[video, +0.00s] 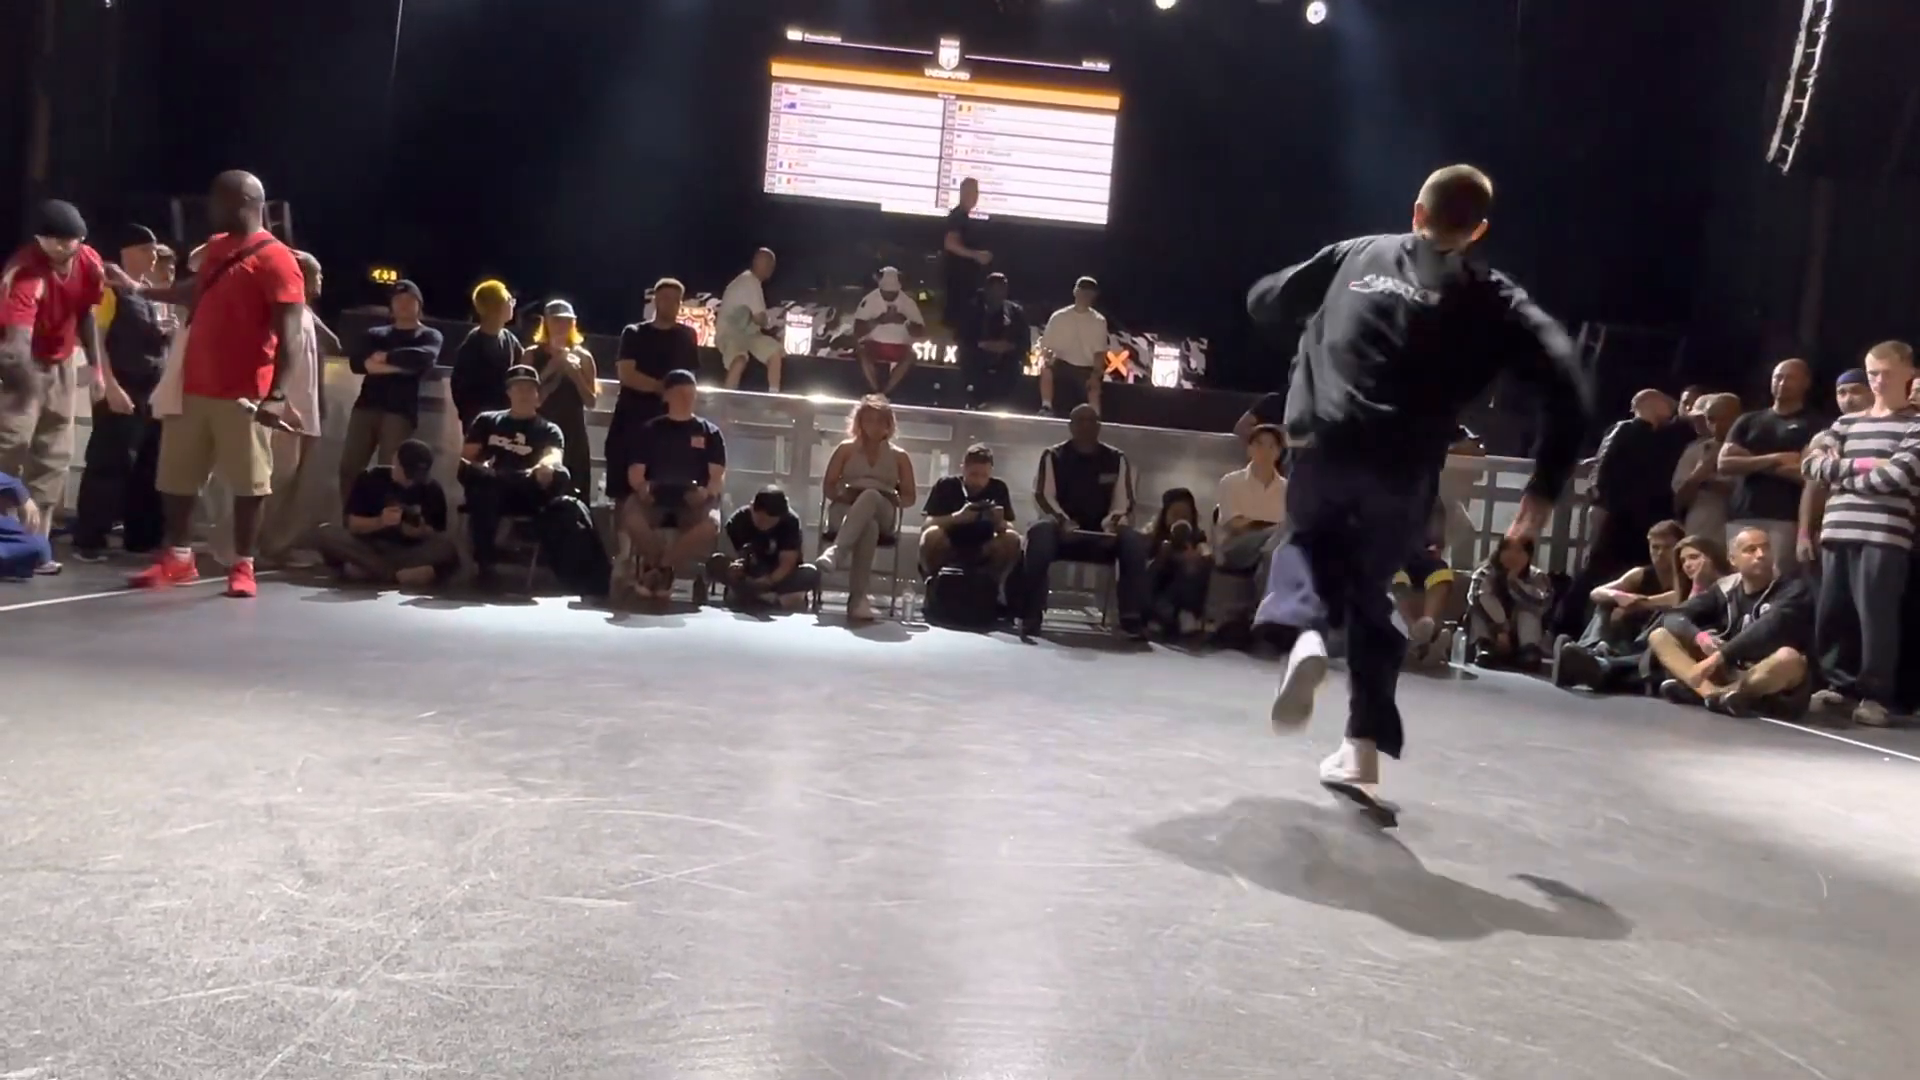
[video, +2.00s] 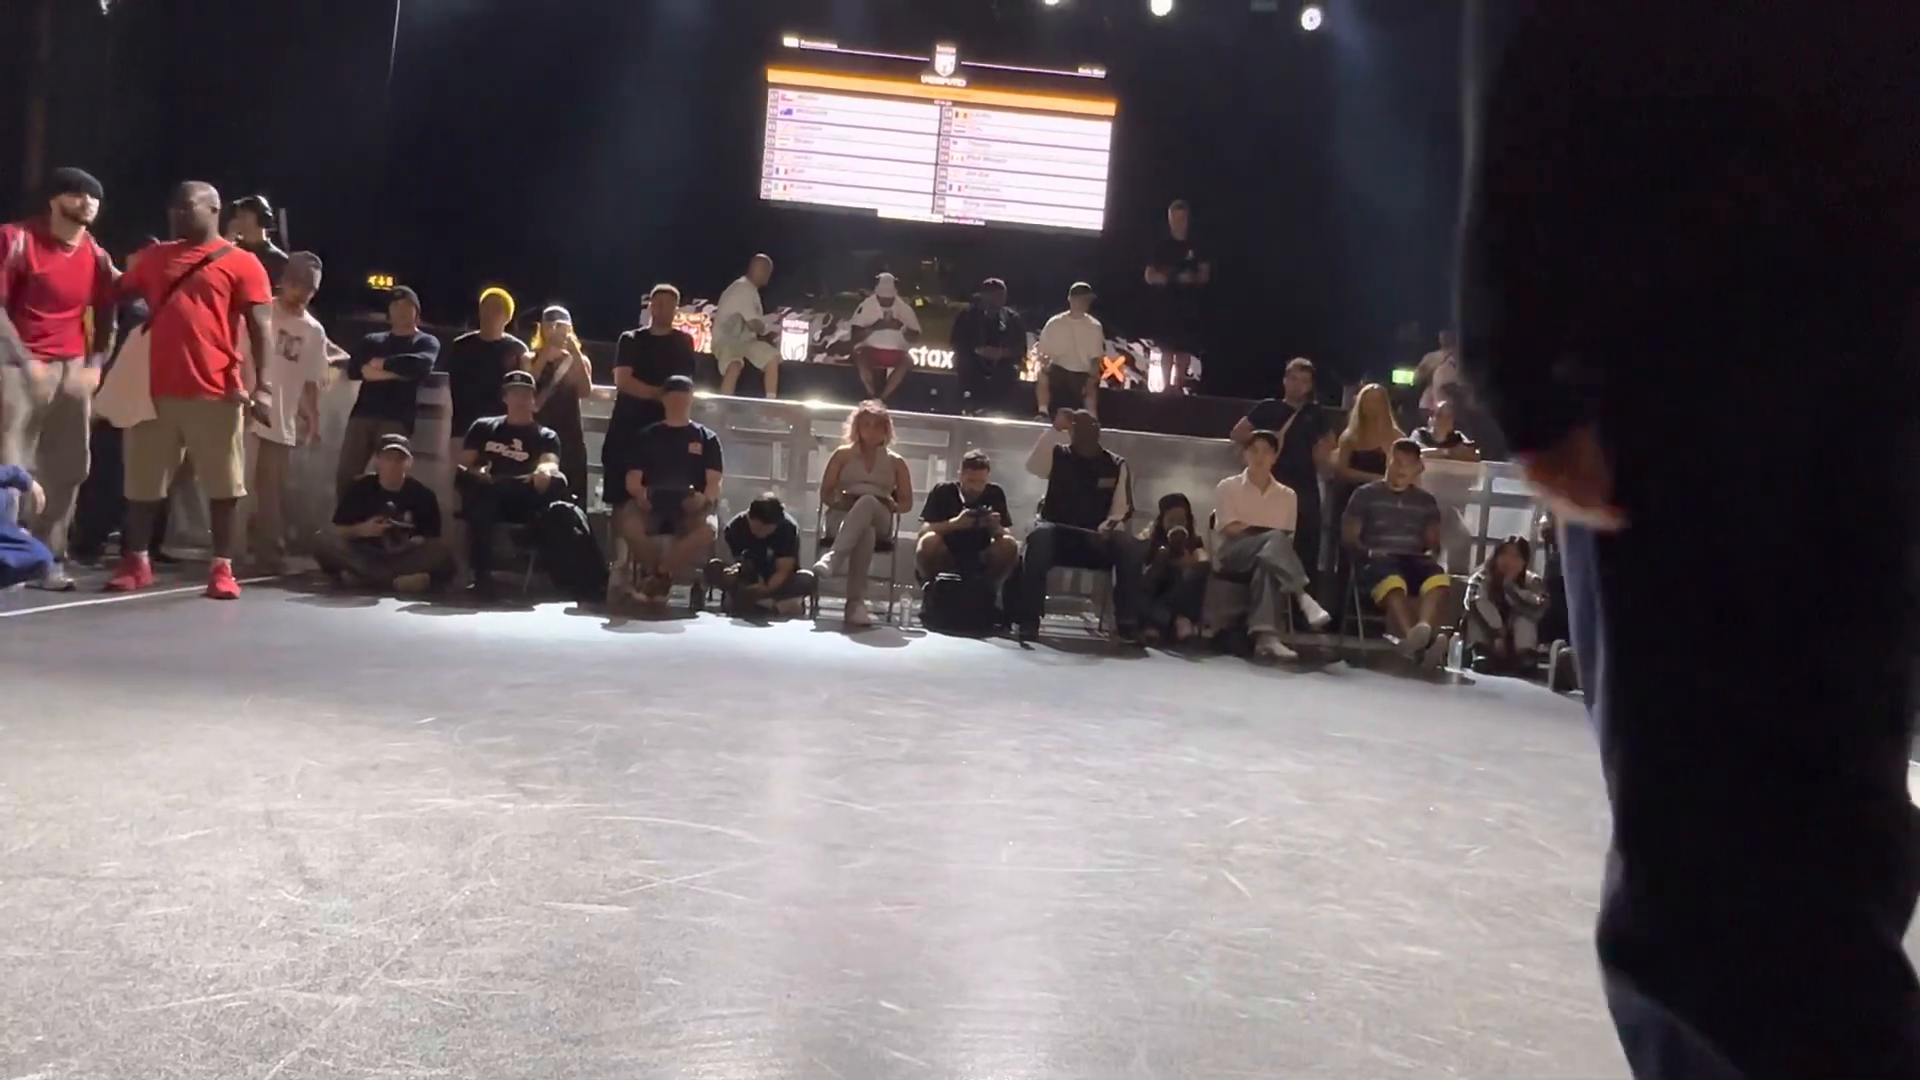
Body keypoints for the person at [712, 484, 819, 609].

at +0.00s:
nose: (762, 524)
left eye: (768, 521)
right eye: (759, 519)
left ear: (779, 517)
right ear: (752, 508)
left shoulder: (790, 522)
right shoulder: (736, 523)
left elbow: (788, 563)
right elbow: (742, 558)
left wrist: (769, 580)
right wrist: (736, 568)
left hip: (780, 570)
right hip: (751, 570)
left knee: (811, 573)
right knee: (716, 564)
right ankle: (775, 600)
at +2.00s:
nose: (762, 533)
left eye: (767, 529)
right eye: (759, 527)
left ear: (776, 523)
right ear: (750, 518)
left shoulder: (788, 529)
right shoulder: (733, 529)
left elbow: (784, 569)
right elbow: (740, 564)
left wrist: (763, 590)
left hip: (776, 575)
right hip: (749, 576)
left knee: (807, 579)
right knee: (713, 568)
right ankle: (774, 607)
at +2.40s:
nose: (757, 535)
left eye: (761, 531)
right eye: (753, 530)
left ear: (769, 525)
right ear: (744, 521)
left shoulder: (781, 530)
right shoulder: (726, 532)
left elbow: (778, 571)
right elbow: (731, 567)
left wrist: (759, 590)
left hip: (770, 577)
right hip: (741, 578)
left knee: (801, 581)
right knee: (705, 571)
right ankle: (765, 608)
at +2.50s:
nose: (752, 537)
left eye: (757, 533)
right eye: (748, 531)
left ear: (767, 528)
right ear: (742, 523)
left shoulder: (780, 532)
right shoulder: (726, 534)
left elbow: (777, 572)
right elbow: (735, 569)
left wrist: (761, 592)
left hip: (770, 579)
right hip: (742, 581)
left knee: (800, 582)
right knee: (705, 572)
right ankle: (767, 611)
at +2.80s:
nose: (745, 538)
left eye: (750, 534)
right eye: (741, 532)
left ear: (760, 529)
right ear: (734, 524)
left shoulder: (773, 534)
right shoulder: (718, 535)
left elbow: (769, 574)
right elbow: (728, 569)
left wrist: (753, 592)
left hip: (762, 580)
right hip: (734, 582)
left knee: (793, 584)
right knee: (698, 575)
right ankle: (758, 611)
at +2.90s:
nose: (741, 539)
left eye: (747, 535)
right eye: (738, 533)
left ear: (757, 531)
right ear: (731, 526)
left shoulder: (770, 536)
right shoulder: (715, 537)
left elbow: (766, 576)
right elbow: (726, 571)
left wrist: (748, 595)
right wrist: (717, 579)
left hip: (759, 582)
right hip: (731, 582)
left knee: (791, 585)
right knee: (695, 577)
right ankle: (756, 613)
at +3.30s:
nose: (739, 536)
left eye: (745, 533)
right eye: (735, 531)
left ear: (754, 528)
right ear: (728, 525)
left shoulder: (767, 535)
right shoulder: (713, 535)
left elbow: (764, 574)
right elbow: (719, 566)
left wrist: (748, 593)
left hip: (757, 578)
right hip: (731, 578)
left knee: (786, 584)